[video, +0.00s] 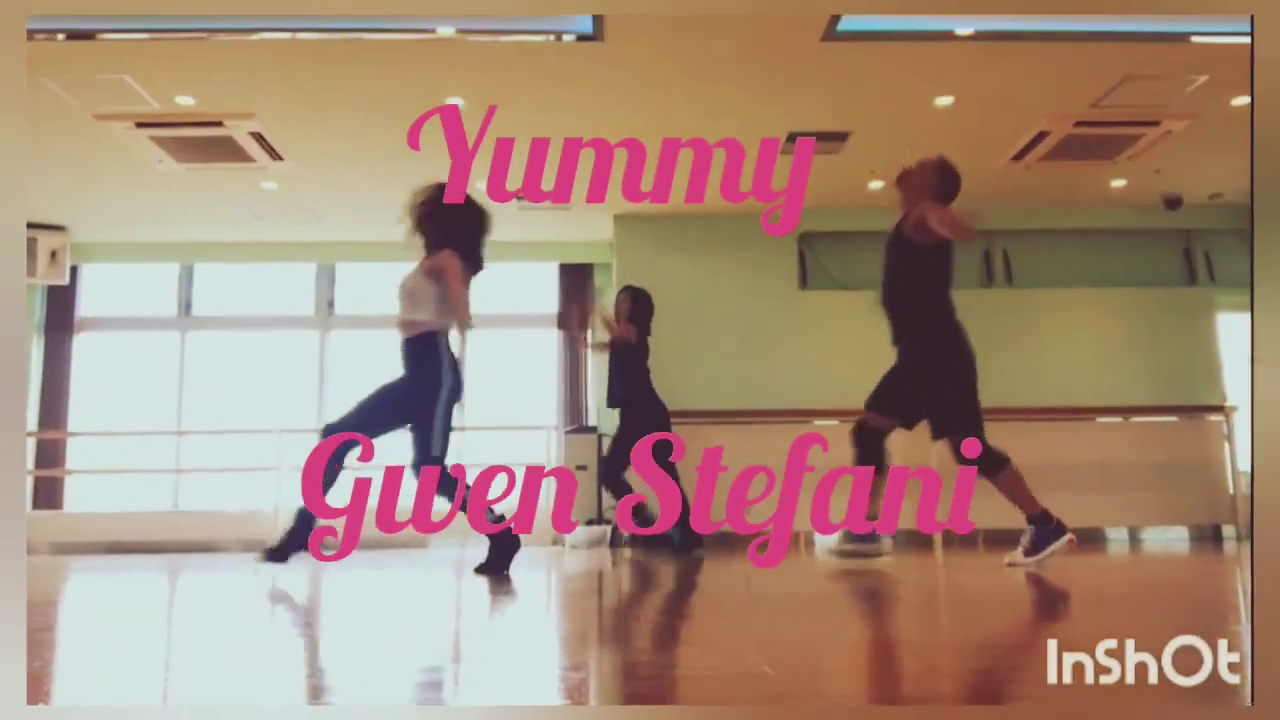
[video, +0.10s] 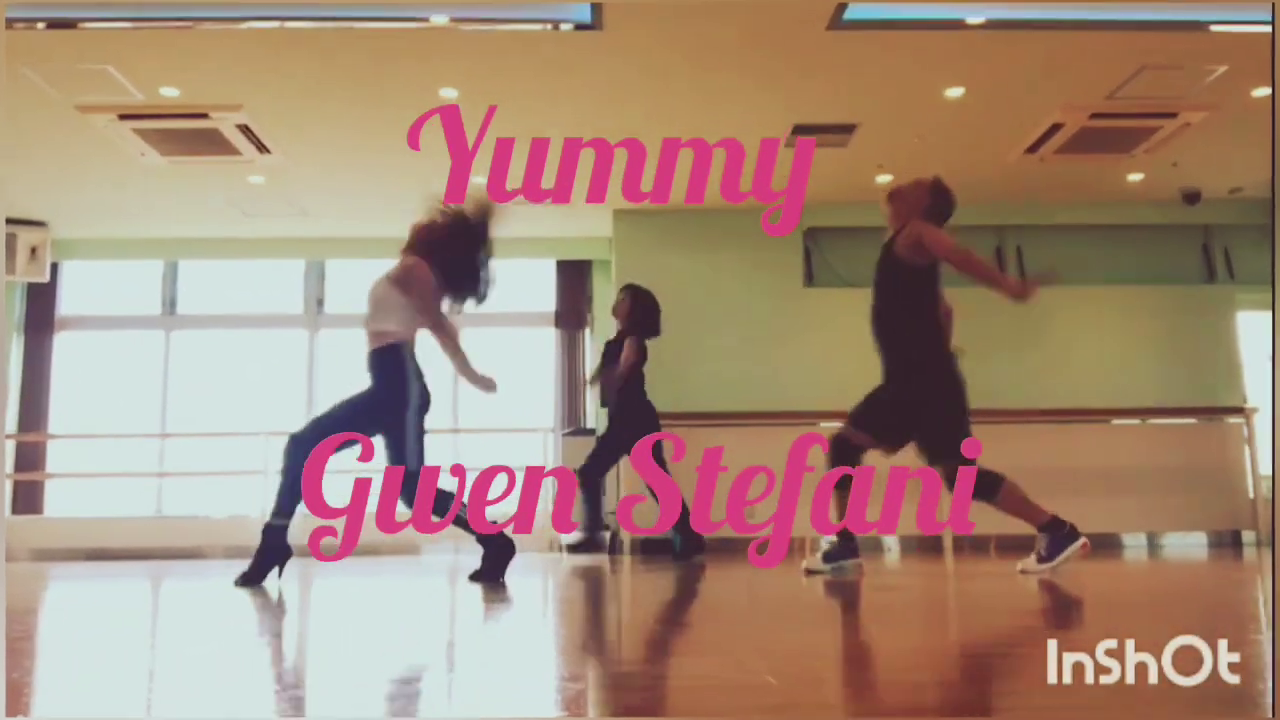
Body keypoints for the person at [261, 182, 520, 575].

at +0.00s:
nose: (417, 227)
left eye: (424, 219)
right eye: (419, 219)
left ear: (439, 222)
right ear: (458, 225)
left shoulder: (448, 259)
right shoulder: (432, 262)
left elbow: (459, 306)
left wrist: (462, 318)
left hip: (436, 372)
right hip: (420, 373)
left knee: (429, 471)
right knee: (338, 437)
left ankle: (501, 534)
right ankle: (302, 530)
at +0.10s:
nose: (424, 224)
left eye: (434, 224)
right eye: (432, 221)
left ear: (435, 243)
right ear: (448, 254)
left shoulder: (415, 271)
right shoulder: (408, 272)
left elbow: (440, 327)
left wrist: (469, 373)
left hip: (398, 388)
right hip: (394, 388)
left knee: (411, 487)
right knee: (302, 444)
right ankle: (273, 540)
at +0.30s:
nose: (339, 230)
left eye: (348, 227)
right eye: (343, 226)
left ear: (360, 243)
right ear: (349, 240)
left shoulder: (354, 272)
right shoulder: (324, 269)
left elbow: (352, 306)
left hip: (347, 391)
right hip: (317, 394)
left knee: (375, 481)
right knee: (235, 456)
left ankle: (469, 547)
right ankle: (249, 552)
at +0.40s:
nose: (317, 194)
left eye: (328, 193)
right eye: (319, 189)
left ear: (339, 212)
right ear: (311, 202)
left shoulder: (336, 249)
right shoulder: (281, 235)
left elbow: (324, 294)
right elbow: (255, 243)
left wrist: (281, 271)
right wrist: (236, 267)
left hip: (327, 366)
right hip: (290, 368)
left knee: (343, 465)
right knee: (231, 455)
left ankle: (411, 536)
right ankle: (244, 555)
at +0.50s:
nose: (285, 175)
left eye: (295, 169)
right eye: (280, 170)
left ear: (315, 179)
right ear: (272, 180)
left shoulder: (331, 227)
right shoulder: (259, 219)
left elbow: (367, 266)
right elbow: (207, 239)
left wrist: (350, 240)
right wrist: (179, 232)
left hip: (309, 341)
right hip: (262, 341)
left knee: (305, 454)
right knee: (242, 453)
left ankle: (330, 524)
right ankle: (225, 553)